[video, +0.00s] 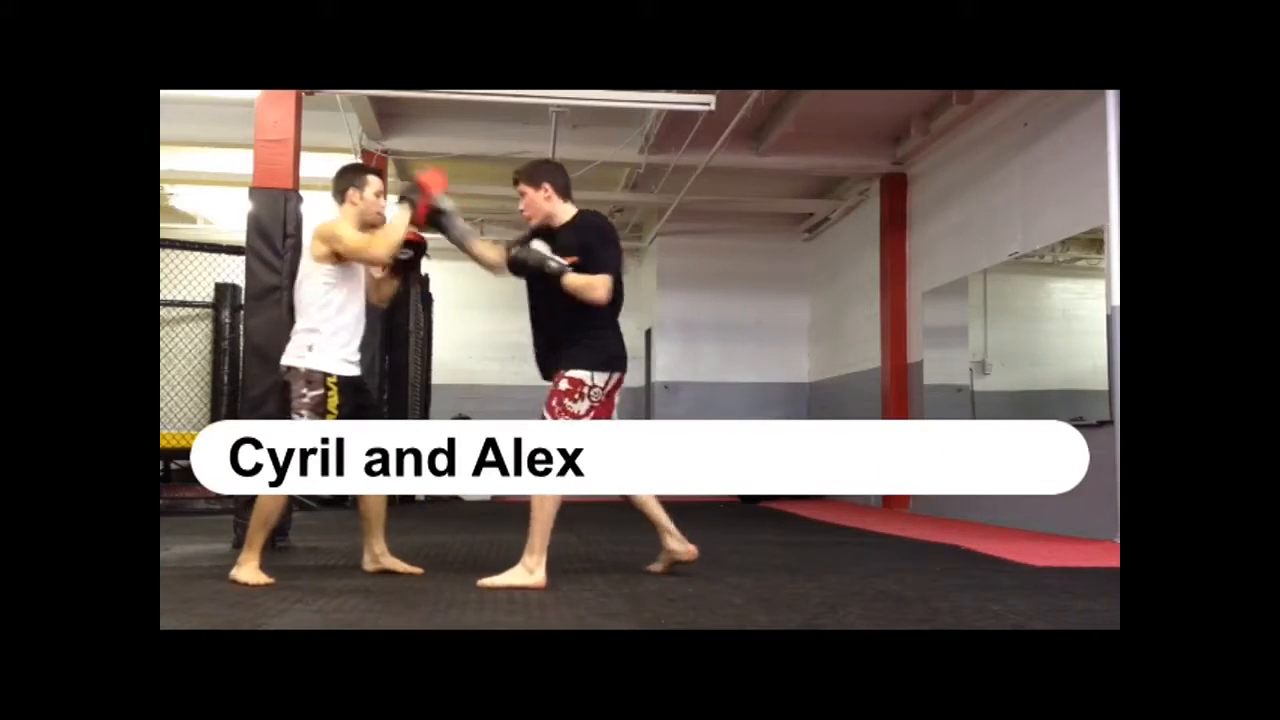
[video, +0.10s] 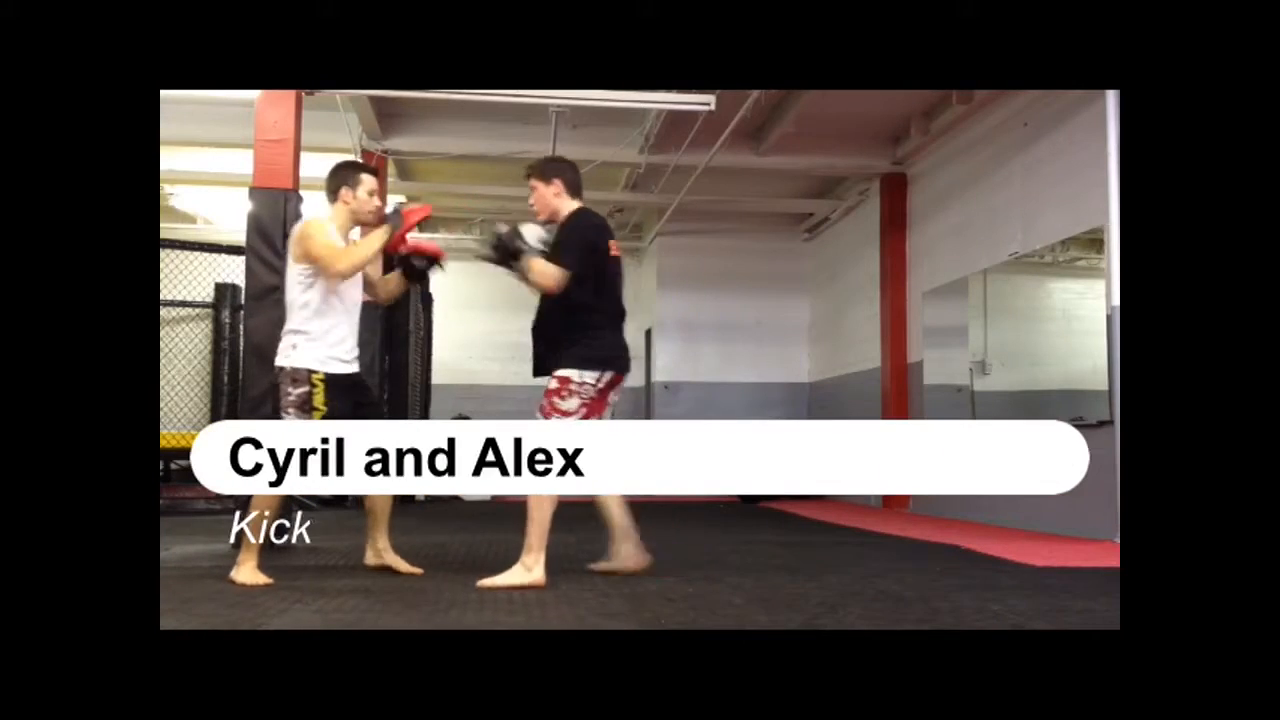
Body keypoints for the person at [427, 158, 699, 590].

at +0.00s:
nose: (520, 207)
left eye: (524, 197)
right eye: (519, 198)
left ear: (547, 192)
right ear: (544, 193)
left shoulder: (594, 228)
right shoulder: (542, 238)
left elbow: (601, 291)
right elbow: (498, 258)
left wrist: (552, 267)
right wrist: (452, 225)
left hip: (593, 362)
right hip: (575, 363)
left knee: (547, 456)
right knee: (609, 456)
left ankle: (532, 565)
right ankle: (674, 540)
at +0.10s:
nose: (531, 201)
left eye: (534, 192)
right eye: (530, 193)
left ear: (558, 187)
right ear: (562, 189)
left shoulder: (580, 226)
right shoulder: (584, 226)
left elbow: (554, 281)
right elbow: (555, 283)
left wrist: (519, 254)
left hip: (583, 360)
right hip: (603, 359)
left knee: (543, 454)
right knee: (589, 451)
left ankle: (531, 562)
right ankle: (628, 547)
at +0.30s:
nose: (586, 204)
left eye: (589, 198)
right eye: (586, 199)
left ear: (607, 194)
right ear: (628, 198)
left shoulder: (595, 217)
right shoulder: (657, 244)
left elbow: (534, 240)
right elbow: (626, 280)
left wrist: (482, 241)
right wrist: (576, 262)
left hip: (571, 335)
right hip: (621, 354)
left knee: (486, 377)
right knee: (612, 450)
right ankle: (610, 552)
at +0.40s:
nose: (604, 212)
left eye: (606, 205)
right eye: (604, 205)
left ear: (625, 201)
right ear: (644, 206)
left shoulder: (612, 224)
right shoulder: (671, 254)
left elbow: (584, 260)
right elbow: (645, 301)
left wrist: (531, 268)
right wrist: (588, 280)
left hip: (571, 333)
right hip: (618, 361)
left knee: (489, 358)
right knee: (620, 455)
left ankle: (410, 394)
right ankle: (615, 554)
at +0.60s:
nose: (603, 204)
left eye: (607, 197)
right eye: (603, 198)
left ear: (629, 195)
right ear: (644, 200)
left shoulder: (618, 223)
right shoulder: (678, 243)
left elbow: (595, 253)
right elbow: (671, 296)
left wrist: (550, 257)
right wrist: (609, 282)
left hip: (600, 351)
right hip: (649, 363)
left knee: (537, 420)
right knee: (641, 453)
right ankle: (624, 549)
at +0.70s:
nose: (593, 211)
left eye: (596, 203)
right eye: (593, 204)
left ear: (617, 203)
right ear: (632, 206)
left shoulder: (607, 232)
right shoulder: (672, 243)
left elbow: (546, 242)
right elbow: (668, 290)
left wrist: (496, 234)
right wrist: (612, 280)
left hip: (626, 360)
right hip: (673, 362)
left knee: (579, 449)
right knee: (665, 446)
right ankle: (667, 535)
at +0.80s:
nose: (595, 229)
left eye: (599, 221)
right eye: (596, 222)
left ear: (619, 219)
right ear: (635, 219)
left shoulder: (606, 248)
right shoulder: (673, 255)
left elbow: (538, 250)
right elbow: (678, 316)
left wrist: (485, 235)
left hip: (647, 373)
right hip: (689, 373)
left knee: (582, 456)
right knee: (679, 441)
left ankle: (597, 559)